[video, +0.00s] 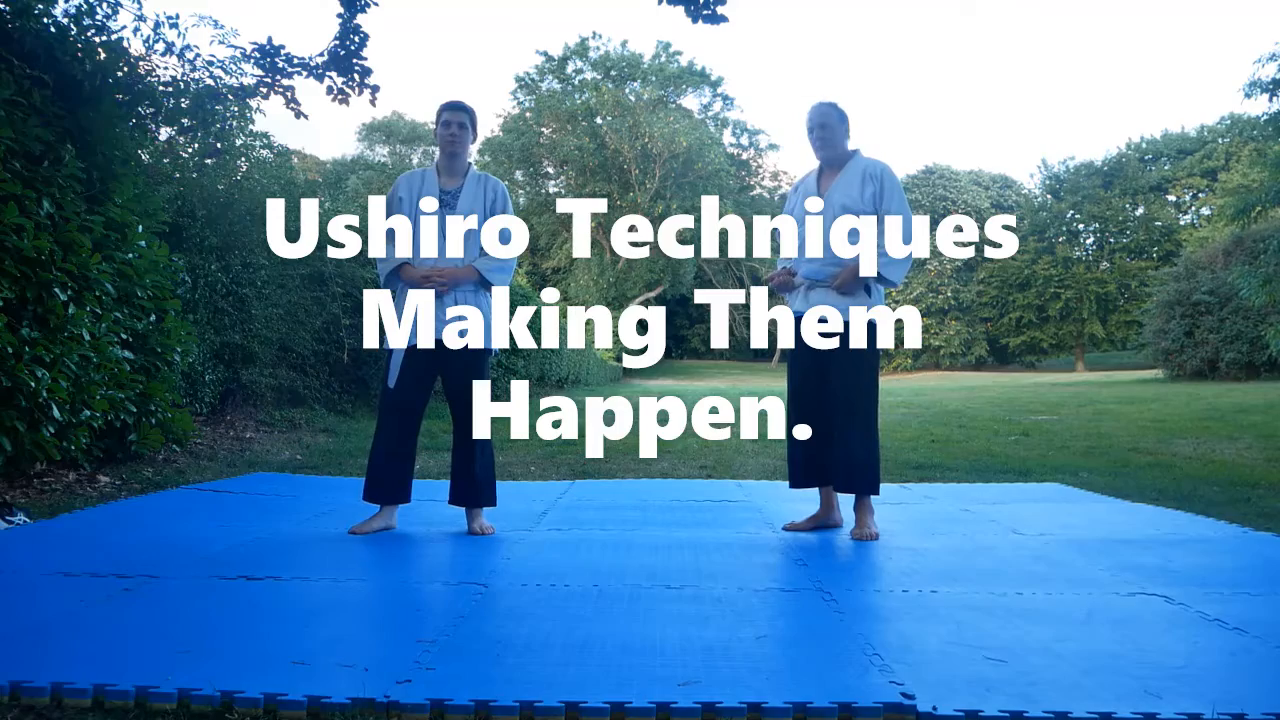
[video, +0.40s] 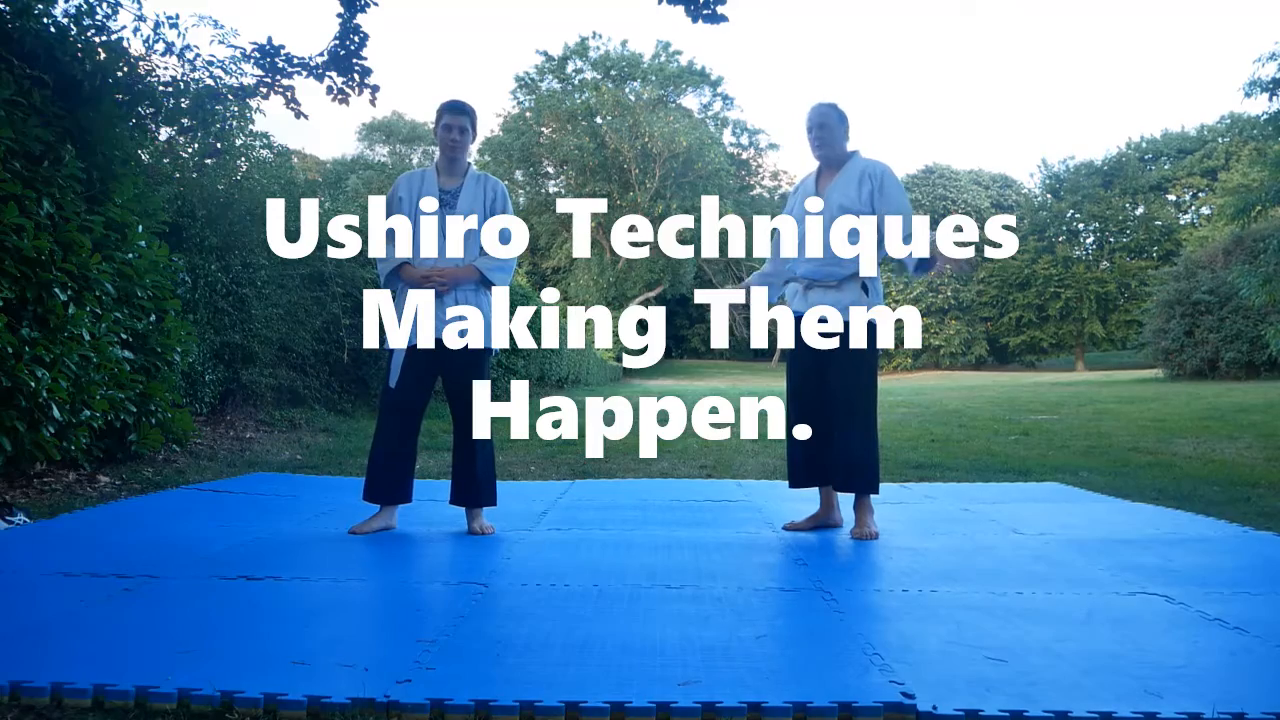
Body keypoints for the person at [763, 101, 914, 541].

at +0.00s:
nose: (818, 136)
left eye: (825, 128)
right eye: (812, 130)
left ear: (846, 131)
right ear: (806, 137)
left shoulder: (875, 174)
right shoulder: (799, 189)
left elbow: (898, 237)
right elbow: (789, 249)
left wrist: (857, 268)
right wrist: (782, 277)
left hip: (856, 311)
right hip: (807, 310)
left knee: (856, 408)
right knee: (812, 408)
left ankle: (864, 510)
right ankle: (828, 507)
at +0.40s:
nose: (816, 137)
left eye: (824, 129)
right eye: (810, 131)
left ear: (846, 130)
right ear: (806, 137)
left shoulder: (873, 175)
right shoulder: (801, 191)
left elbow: (902, 232)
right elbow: (782, 254)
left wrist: (923, 258)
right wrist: (753, 289)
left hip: (855, 309)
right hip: (806, 310)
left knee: (855, 408)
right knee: (812, 408)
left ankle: (863, 509)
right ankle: (828, 507)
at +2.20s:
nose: (767, 130)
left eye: (775, 122)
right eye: (764, 123)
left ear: (803, 121)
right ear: (766, 125)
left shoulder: (832, 165)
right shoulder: (763, 179)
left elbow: (848, 231)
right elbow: (746, 243)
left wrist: (825, 290)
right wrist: (726, 301)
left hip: (807, 306)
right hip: (757, 306)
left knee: (799, 410)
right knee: (735, 403)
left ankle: (791, 514)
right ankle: (751, 497)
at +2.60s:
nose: (738, 129)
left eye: (747, 121)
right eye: (734, 121)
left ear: (774, 123)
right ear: (732, 124)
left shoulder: (802, 169)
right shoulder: (721, 178)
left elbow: (822, 236)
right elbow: (700, 245)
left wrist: (832, 301)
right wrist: (678, 305)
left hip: (781, 305)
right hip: (725, 306)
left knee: (783, 411)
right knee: (711, 409)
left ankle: (789, 514)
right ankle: (699, 508)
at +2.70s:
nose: (731, 128)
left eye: (741, 121)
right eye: (727, 121)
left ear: (764, 124)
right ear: (722, 125)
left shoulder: (790, 170)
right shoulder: (708, 174)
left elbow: (813, 236)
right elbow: (683, 237)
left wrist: (836, 294)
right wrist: (653, 293)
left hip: (771, 305)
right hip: (714, 305)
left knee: (778, 409)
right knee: (703, 407)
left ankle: (789, 512)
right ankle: (699, 507)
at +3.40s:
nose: (756, 124)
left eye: (762, 118)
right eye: (749, 116)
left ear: (767, 129)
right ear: (727, 124)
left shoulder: (769, 187)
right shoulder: (708, 166)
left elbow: (774, 254)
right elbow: (678, 213)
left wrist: (779, 312)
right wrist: (661, 258)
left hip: (752, 304)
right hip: (707, 297)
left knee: (744, 403)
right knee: (703, 400)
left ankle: (721, 505)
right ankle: (692, 505)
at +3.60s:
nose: (768, 133)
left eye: (771, 127)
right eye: (762, 123)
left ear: (762, 132)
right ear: (735, 123)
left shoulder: (748, 176)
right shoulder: (714, 161)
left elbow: (746, 239)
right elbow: (690, 215)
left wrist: (753, 297)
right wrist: (681, 267)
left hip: (742, 300)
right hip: (709, 293)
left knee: (739, 403)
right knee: (700, 398)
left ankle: (720, 503)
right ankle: (665, 501)